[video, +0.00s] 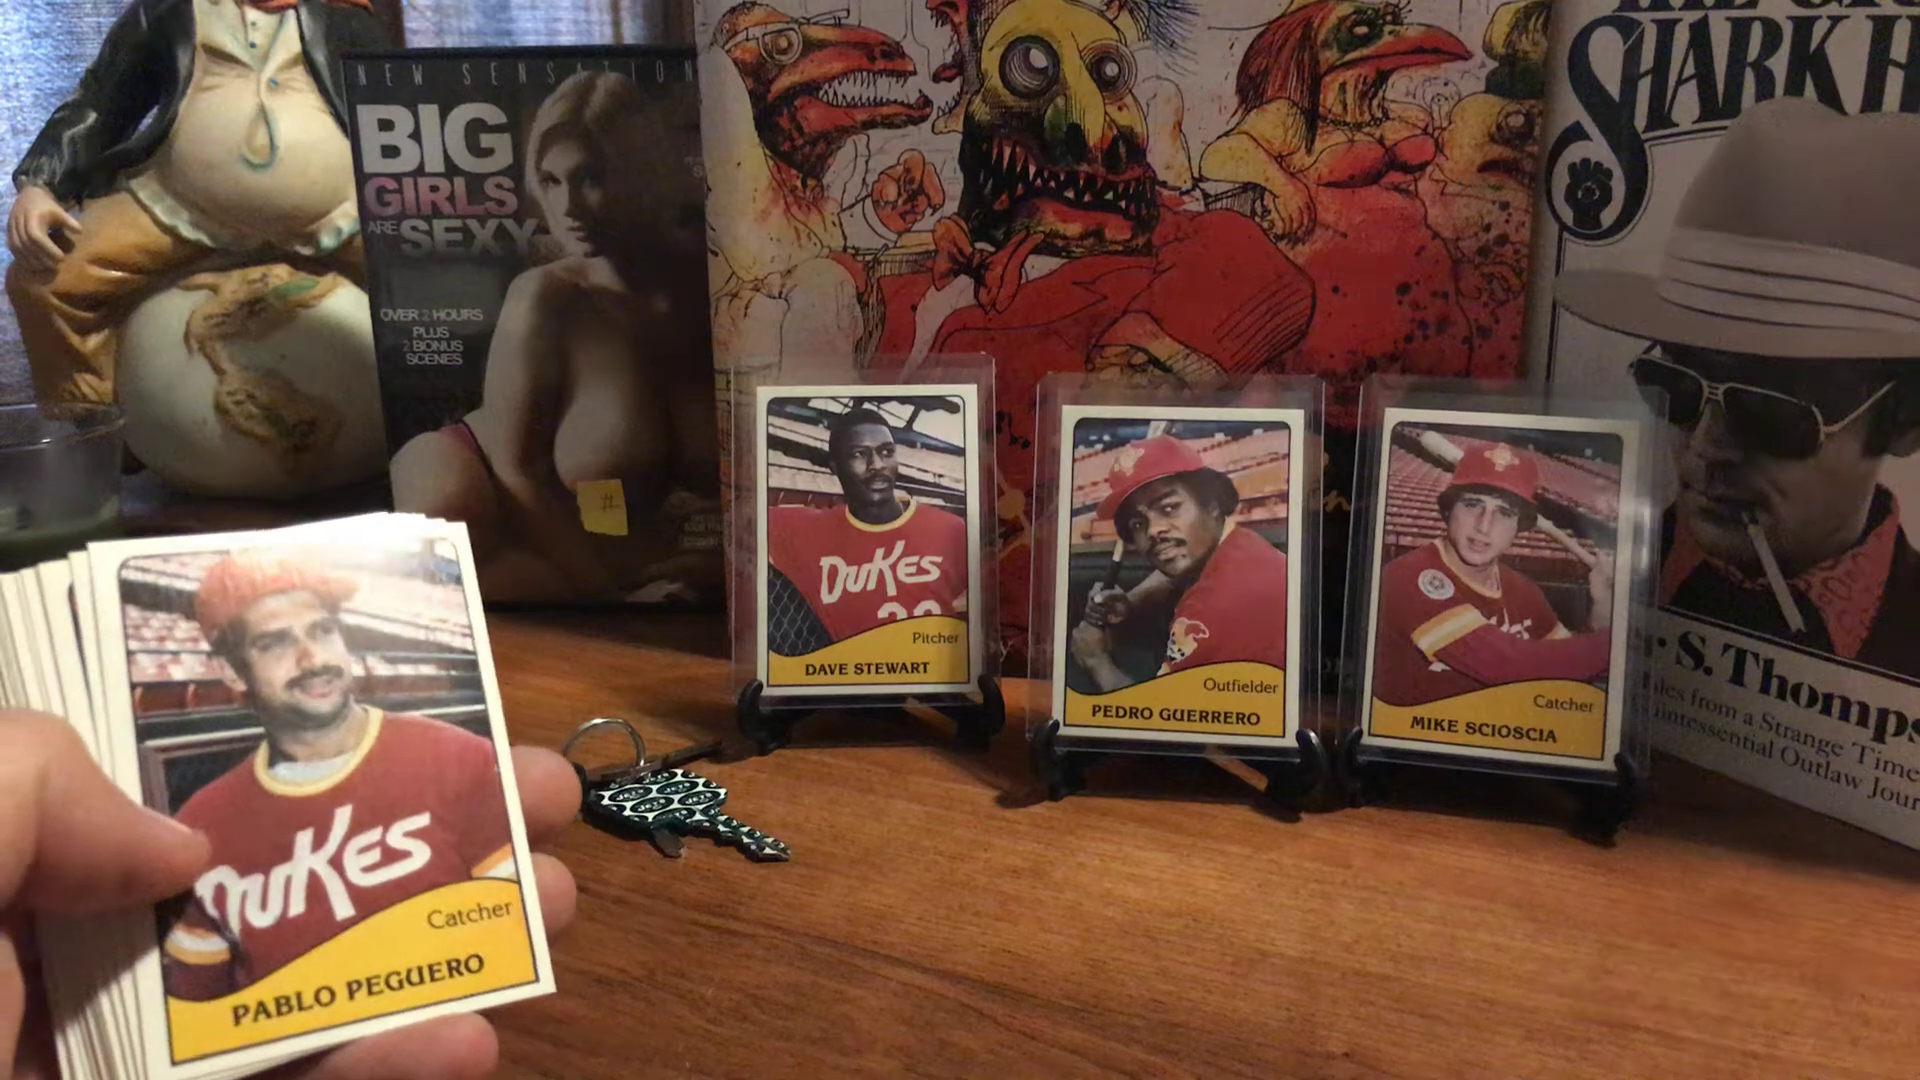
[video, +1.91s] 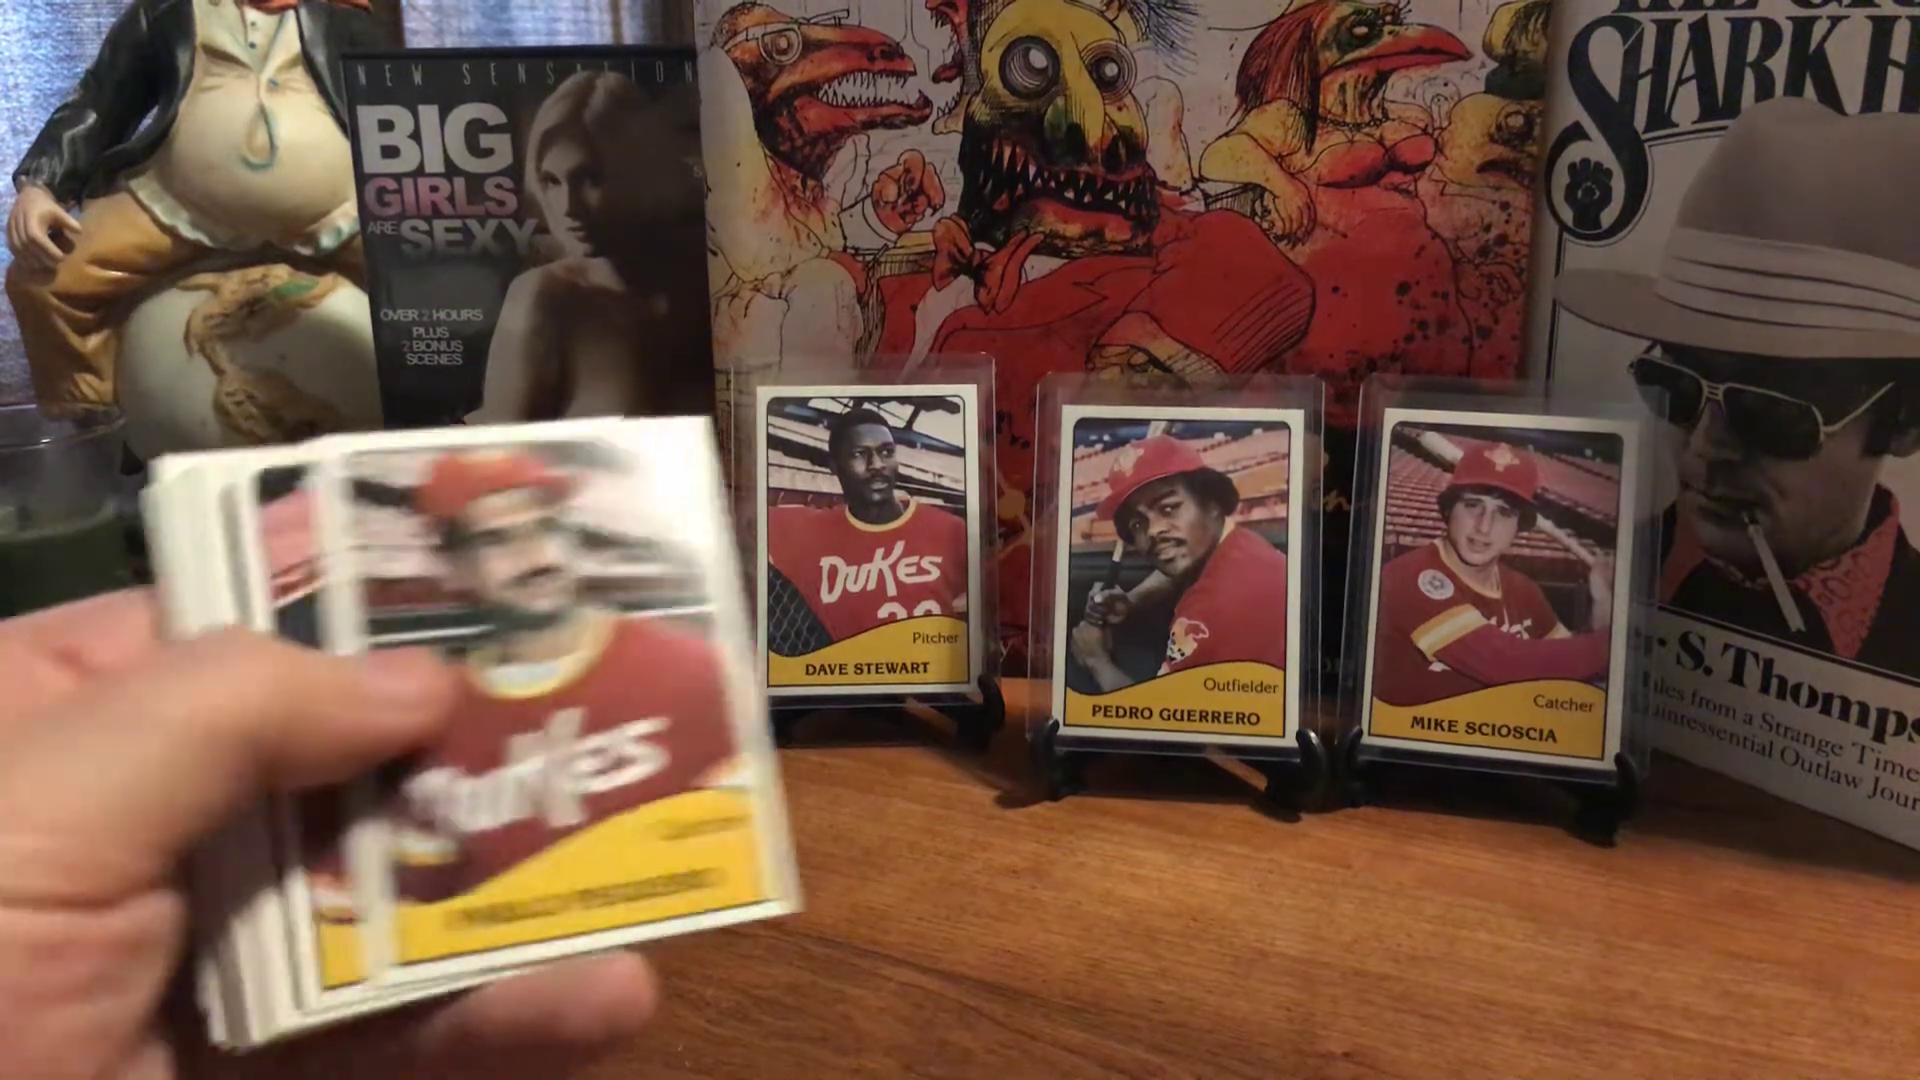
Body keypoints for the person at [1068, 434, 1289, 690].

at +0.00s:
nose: (1154, 530)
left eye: (1169, 507)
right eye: (1138, 524)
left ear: (1212, 505)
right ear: (1133, 541)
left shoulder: (1212, 609)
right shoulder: (1245, 545)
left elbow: (1160, 721)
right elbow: (1183, 565)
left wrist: (1097, 662)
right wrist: (1132, 602)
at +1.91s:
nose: (1155, 530)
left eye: (1168, 508)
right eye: (1139, 524)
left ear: (1213, 505)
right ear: (1134, 540)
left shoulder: (1209, 609)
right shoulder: (1247, 544)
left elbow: (1161, 721)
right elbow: (1183, 565)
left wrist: (1097, 661)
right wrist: (1132, 602)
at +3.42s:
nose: (1156, 530)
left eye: (1170, 508)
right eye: (1139, 523)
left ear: (1213, 503)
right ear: (1133, 539)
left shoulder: (1212, 607)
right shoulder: (1249, 545)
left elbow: (1161, 720)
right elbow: (1184, 564)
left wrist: (1098, 661)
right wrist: (1133, 602)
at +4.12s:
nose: (1156, 530)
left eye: (1171, 508)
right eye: (1140, 523)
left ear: (1215, 504)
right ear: (1134, 540)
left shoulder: (1213, 607)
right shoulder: (1252, 545)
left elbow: (1160, 720)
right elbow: (1186, 564)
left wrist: (1098, 662)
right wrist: (1133, 602)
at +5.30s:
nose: (1156, 530)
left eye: (1170, 508)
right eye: (1140, 521)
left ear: (1213, 505)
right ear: (1133, 537)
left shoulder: (1210, 606)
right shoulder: (1247, 545)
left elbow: (1158, 720)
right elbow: (1184, 565)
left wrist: (1097, 661)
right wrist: (1131, 602)